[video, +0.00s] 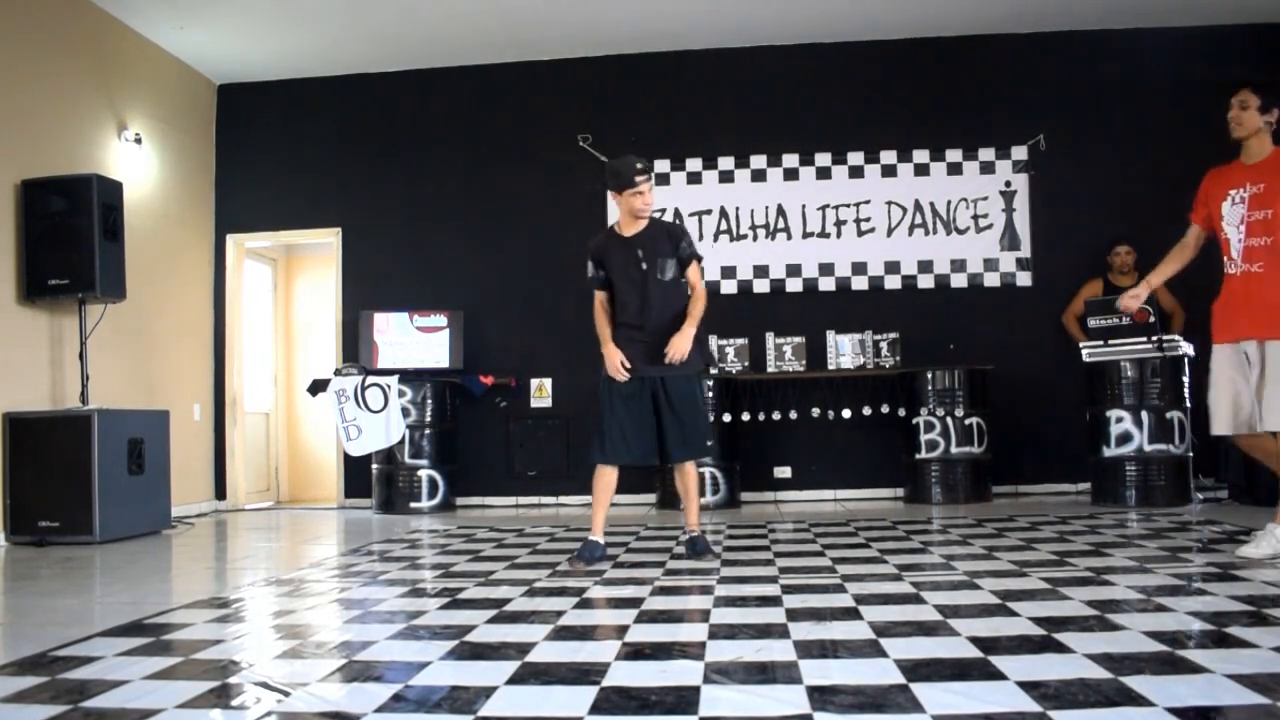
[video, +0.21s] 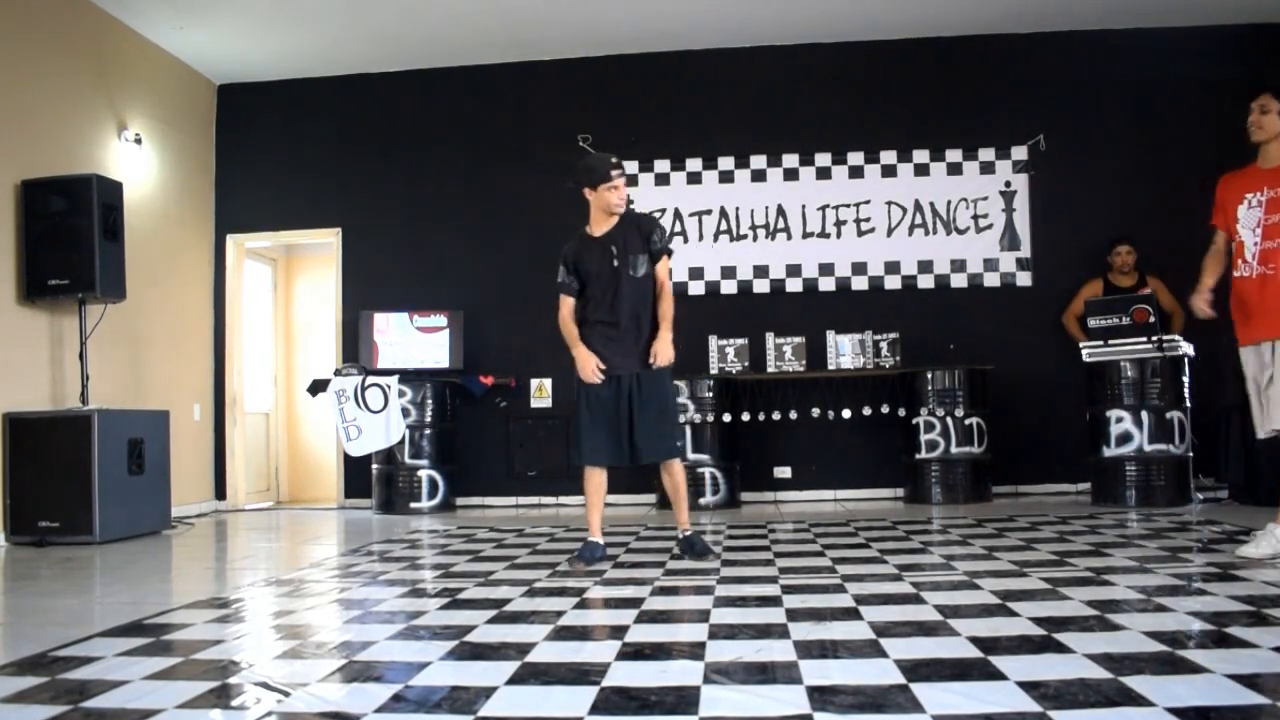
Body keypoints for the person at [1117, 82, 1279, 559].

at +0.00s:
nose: (1233, 116)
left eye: (1244, 108)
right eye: (1232, 108)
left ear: (1270, 117)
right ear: (1231, 118)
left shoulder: (1276, 167)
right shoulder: (1219, 179)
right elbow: (1190, 243)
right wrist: (1145, 286)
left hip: (1274, 320)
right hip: (1233, 322)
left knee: (1271, 427)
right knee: (1240, 429)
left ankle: (1276, 525)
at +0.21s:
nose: (1254, 119)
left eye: (1264, 111)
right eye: (1252, 112)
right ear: (1249, 122)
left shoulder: (1272, 176)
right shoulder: (1232, 183)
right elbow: (1220, 244)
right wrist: (1204, 284)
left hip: (1275, 322)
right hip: (1251, 326)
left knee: (1272, 427)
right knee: (1266, 428)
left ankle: (1274, 524)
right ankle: (1272, 522)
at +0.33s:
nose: (1263, 124)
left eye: (1271, 116)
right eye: (1260, 117)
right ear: (1254, 126)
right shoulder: (1244, 189)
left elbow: (1244, 256)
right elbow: (1244, 255)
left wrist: (1250, 311)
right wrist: (1249, 311)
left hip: (1277, 328)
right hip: (1270, 329)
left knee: (1276, 423)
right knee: (1276, 421)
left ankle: (1278, 521)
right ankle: (1278, 520)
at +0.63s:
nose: (1268, 128)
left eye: (1275, 120)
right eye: (1266, 121)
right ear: (1264, 126)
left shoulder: (1275, 190)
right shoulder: (1276, 190)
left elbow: (1274, 258)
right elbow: (1276, 257)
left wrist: (1255, 317)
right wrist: (1255, 316)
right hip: (1279, 324)